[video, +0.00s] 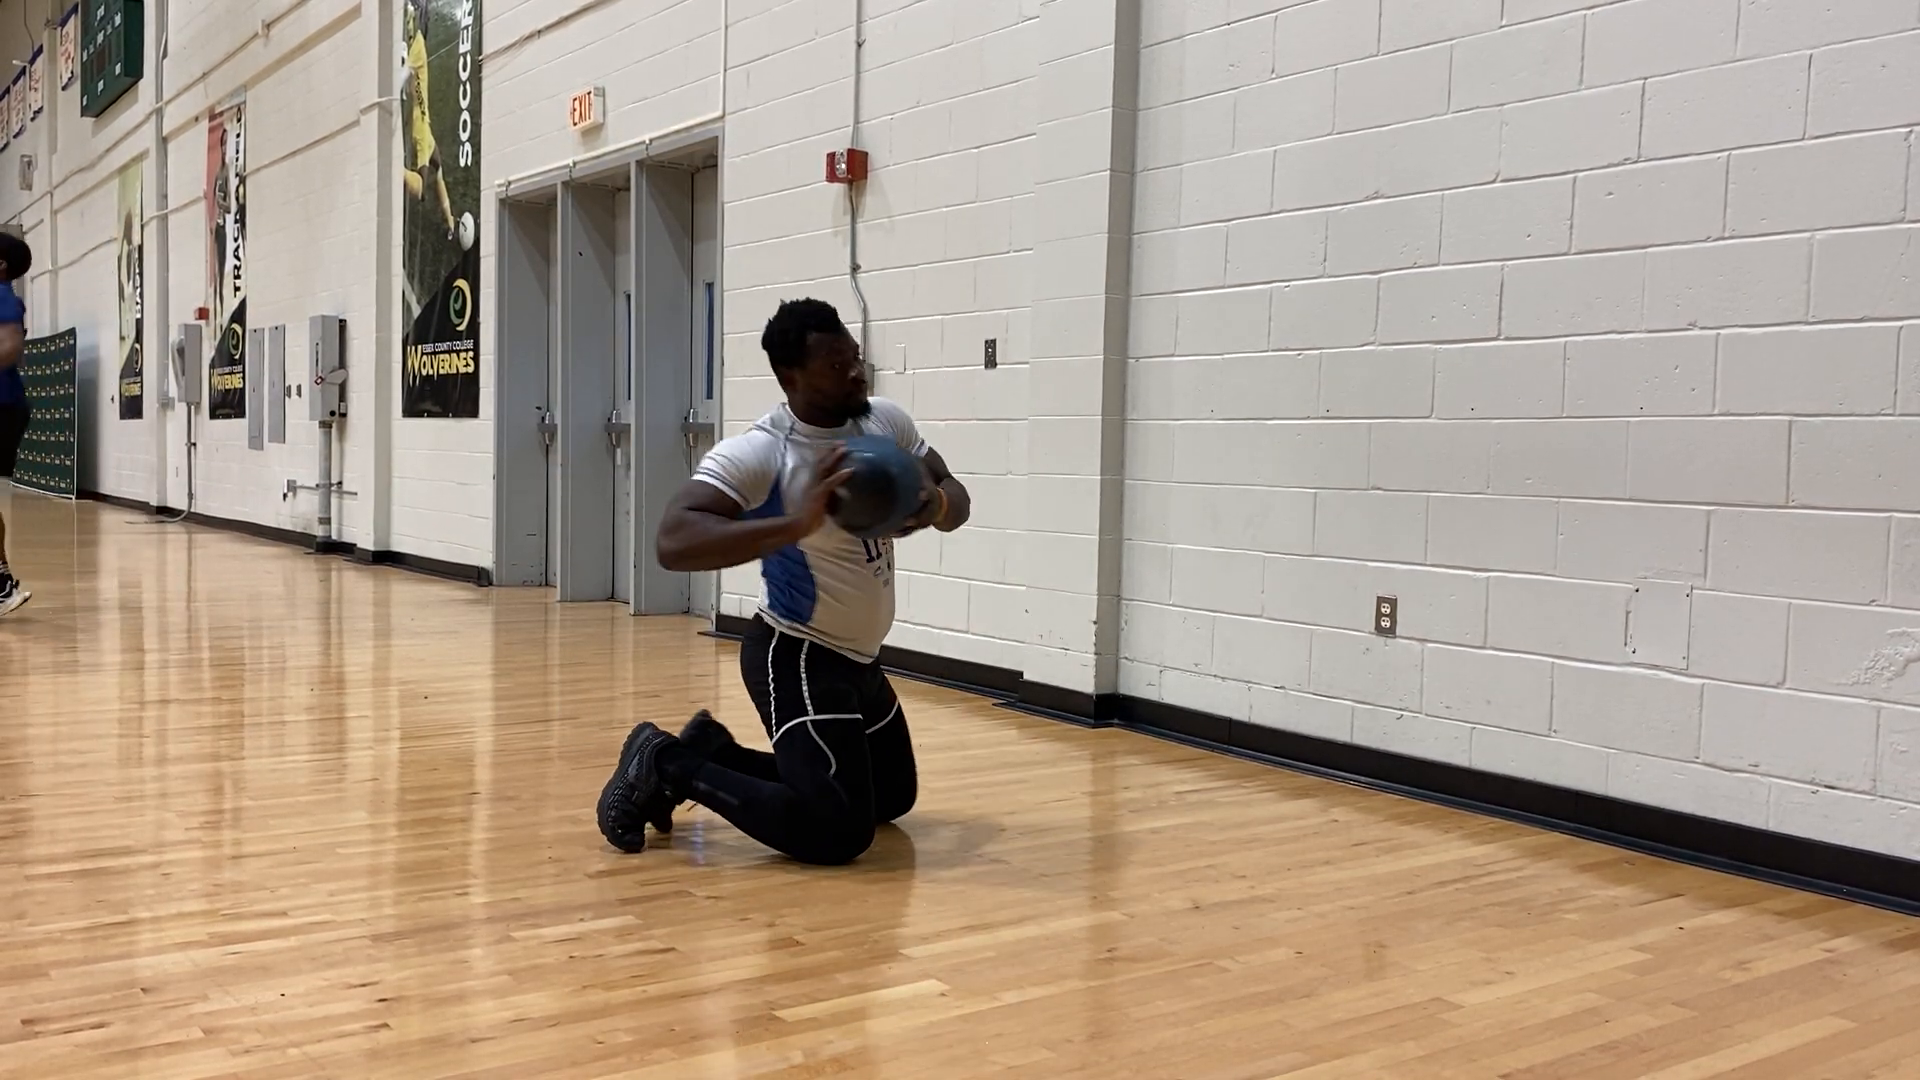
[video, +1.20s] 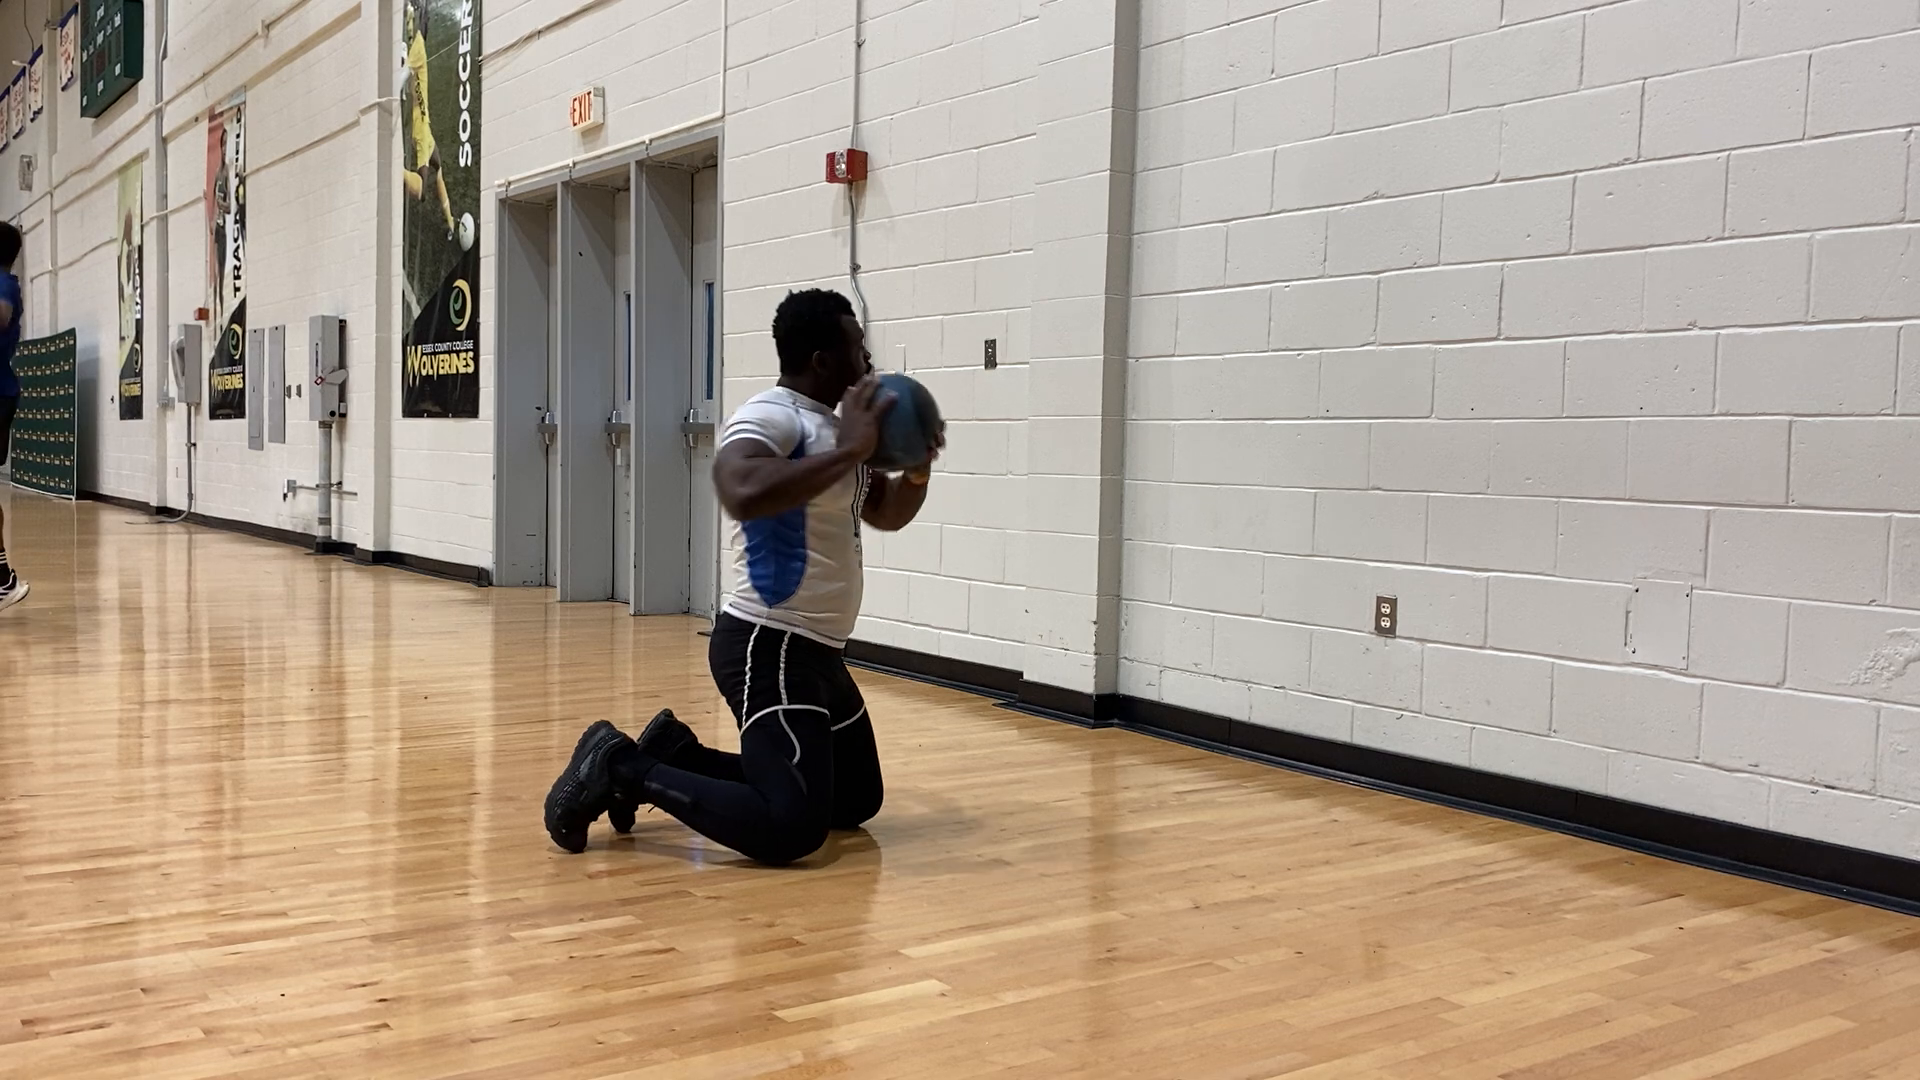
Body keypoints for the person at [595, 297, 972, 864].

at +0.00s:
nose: (857, 367)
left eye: (855, 353)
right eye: (837, 361)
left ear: (859, 347)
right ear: (790, 379)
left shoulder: (886, 423)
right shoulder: (762, 450)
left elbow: (954, 500)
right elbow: (674, 542)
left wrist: (934, 504)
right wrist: (793, 526)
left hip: (855, 657)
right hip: (796, 654)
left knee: (889, 793)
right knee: (837, 831)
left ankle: (717, 755)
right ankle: (667, 765)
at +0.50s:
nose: (844, 346)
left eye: (842, 334)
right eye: (828, 335)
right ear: (778, 345)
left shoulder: (839, 423)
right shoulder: (742, 425)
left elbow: (880, 522)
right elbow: (708, 534)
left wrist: (919, 494)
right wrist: (828, 494)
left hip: (825, 648)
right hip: (783, 649)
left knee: (848, 804)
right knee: (834, 832)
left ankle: (679, 755)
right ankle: (662, 769)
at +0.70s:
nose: (860, 358)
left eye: (857, 344)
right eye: (845, 345)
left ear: (809, 356)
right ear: (799, 354)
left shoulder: (825, 434)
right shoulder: (773, 420)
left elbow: (839, 544)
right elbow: (792, 509)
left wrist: (910, 518)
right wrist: (876, 479)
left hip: (808, 648)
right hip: (777, 651)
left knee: (848, 798)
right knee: (833, 831)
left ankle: (679, 755)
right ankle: (662, 770)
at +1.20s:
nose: (868, 360)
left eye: (865, 346)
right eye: (858, 347)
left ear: (820, 361)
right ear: (822, 361)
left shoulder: (838, 426)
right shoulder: (771, 414)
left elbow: (888, 513)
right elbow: (741, 493)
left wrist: (915, 467)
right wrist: (848, 449)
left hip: (814, 648)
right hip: (766, 645)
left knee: (853, 799)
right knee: (792, 832)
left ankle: (683, 757)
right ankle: (621, 768)